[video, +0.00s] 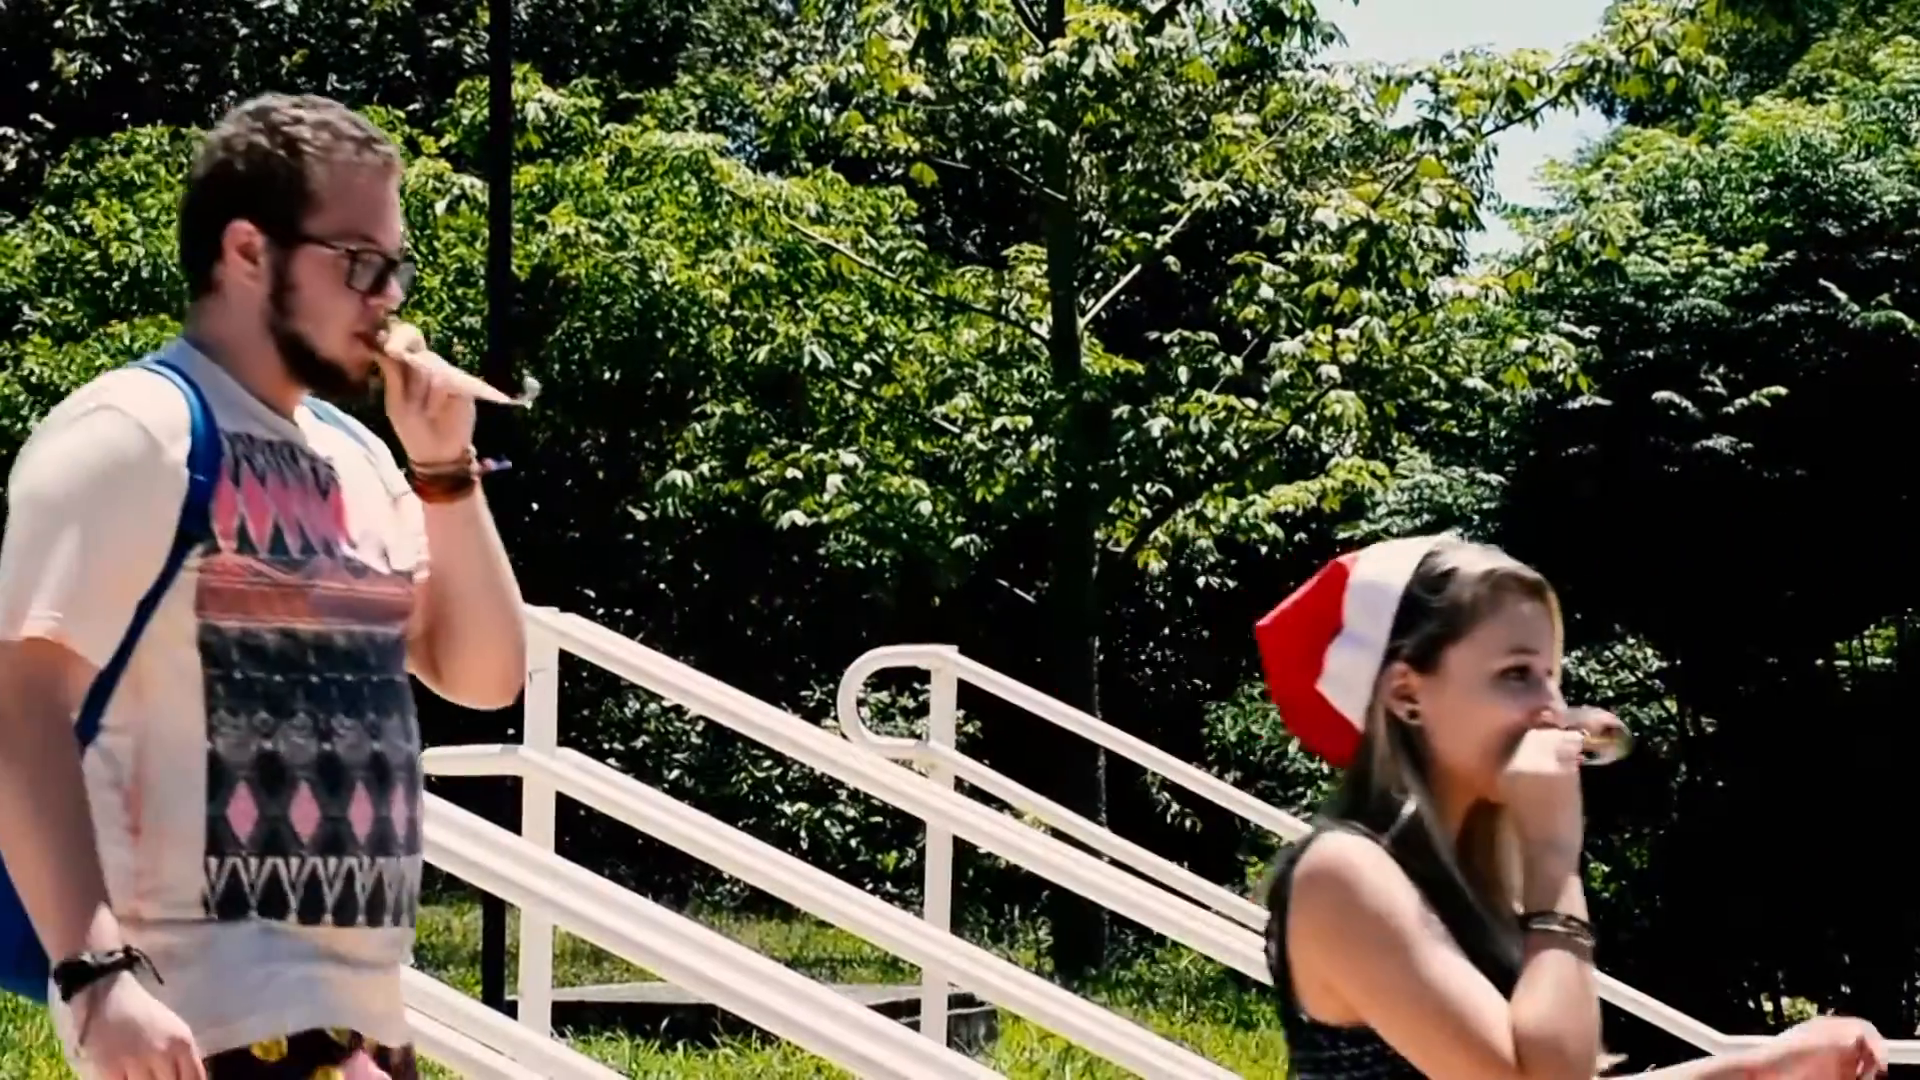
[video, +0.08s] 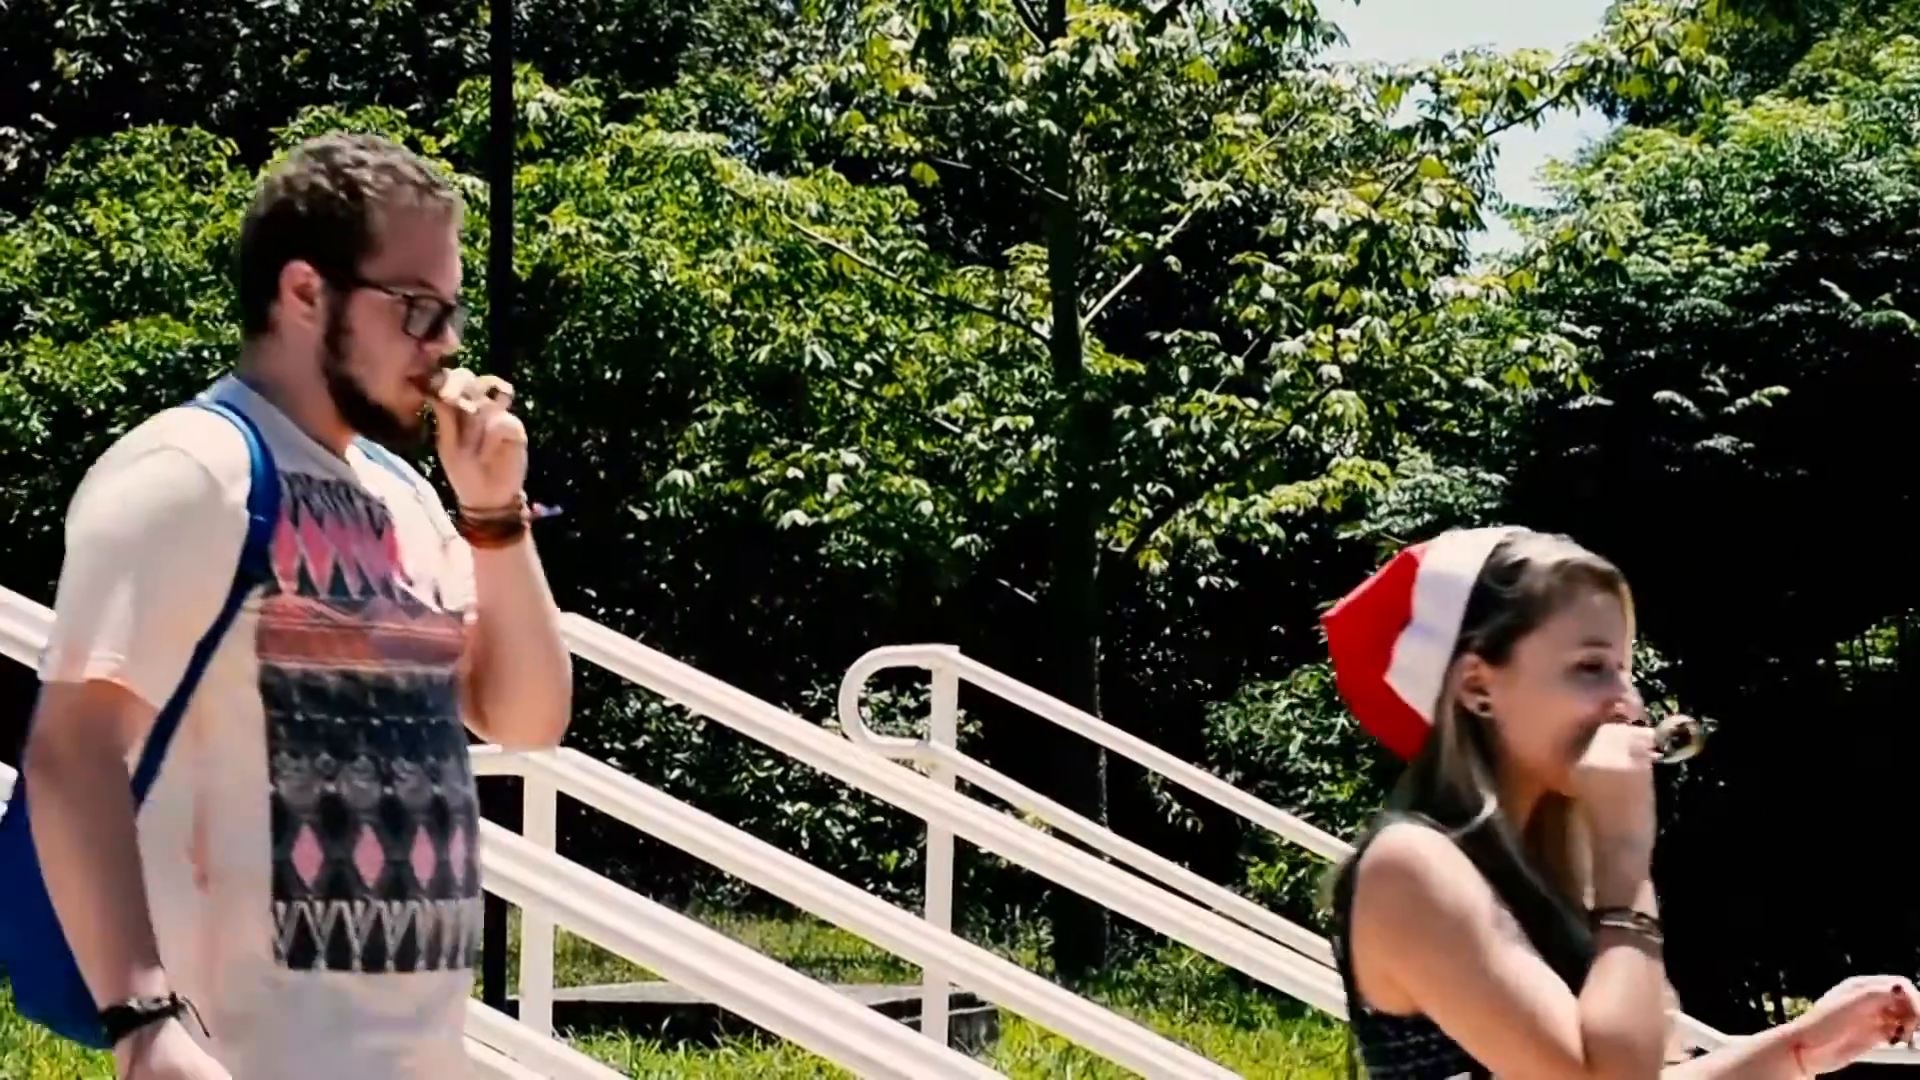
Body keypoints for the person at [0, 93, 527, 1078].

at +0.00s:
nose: (391, 298)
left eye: (395, 267)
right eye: (366, 262)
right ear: (249, 253)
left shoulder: (365, 459)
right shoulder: (125, 437)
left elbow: (483, 679)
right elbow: (25, 706)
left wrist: (447, 468)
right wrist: (94, 975)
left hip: (361, 1002)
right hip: (203, 1013)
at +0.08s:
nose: (447, 343)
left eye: (452, 311)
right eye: (418, 305)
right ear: (303, 294)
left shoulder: (410, 494)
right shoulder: (181, 477)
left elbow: (527, 720)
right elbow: (73, 746)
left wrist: (495, 517)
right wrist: (143, 1017)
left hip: (422, 1038)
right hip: (245, 1043)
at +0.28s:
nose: (567, 429)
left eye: (573, 397)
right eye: (539, 393)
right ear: (423, 385)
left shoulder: (527, 585)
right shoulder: (312, 574)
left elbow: (655, 801)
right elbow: (213, 865)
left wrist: (625, 595)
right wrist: (261, 1067)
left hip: (552, 1053)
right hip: (363, 1057)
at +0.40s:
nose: (630, 412)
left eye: (634, 380)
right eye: (601, 375)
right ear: (485, 371)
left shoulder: (593, 571)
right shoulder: (370, 558)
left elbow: (726, 791)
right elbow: (272, 849)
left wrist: (690, 583)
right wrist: (336, 1066)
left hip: (614, 1052)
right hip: (426, 1054)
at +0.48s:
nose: (675, 404)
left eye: (677, 371)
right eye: (643, 366)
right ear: (528, 362)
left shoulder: (635, 564)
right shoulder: (410, 548)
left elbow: (767, 786)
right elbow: (311, 838)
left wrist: (733, 577)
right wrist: (373, 1067)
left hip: (651, 1052)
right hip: (463, 1054)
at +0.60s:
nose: (737, 408)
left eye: (737, 377)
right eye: (706, 373)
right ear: (589, 371)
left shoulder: (696, 576)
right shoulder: (467, 560)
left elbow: (833, 798)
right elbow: (364, 852)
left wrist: (797, 585)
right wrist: (411, 1066)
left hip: (708, 1054)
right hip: (516, 1053)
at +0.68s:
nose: (782, 422)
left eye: (783, 390)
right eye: (752, 386)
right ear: (636, 385)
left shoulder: (740, 589)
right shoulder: (512, 576)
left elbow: (881, 811)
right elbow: (405, 868)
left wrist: (845, 597)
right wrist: (446, 1070)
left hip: (754, 1059)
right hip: (555, 1058)